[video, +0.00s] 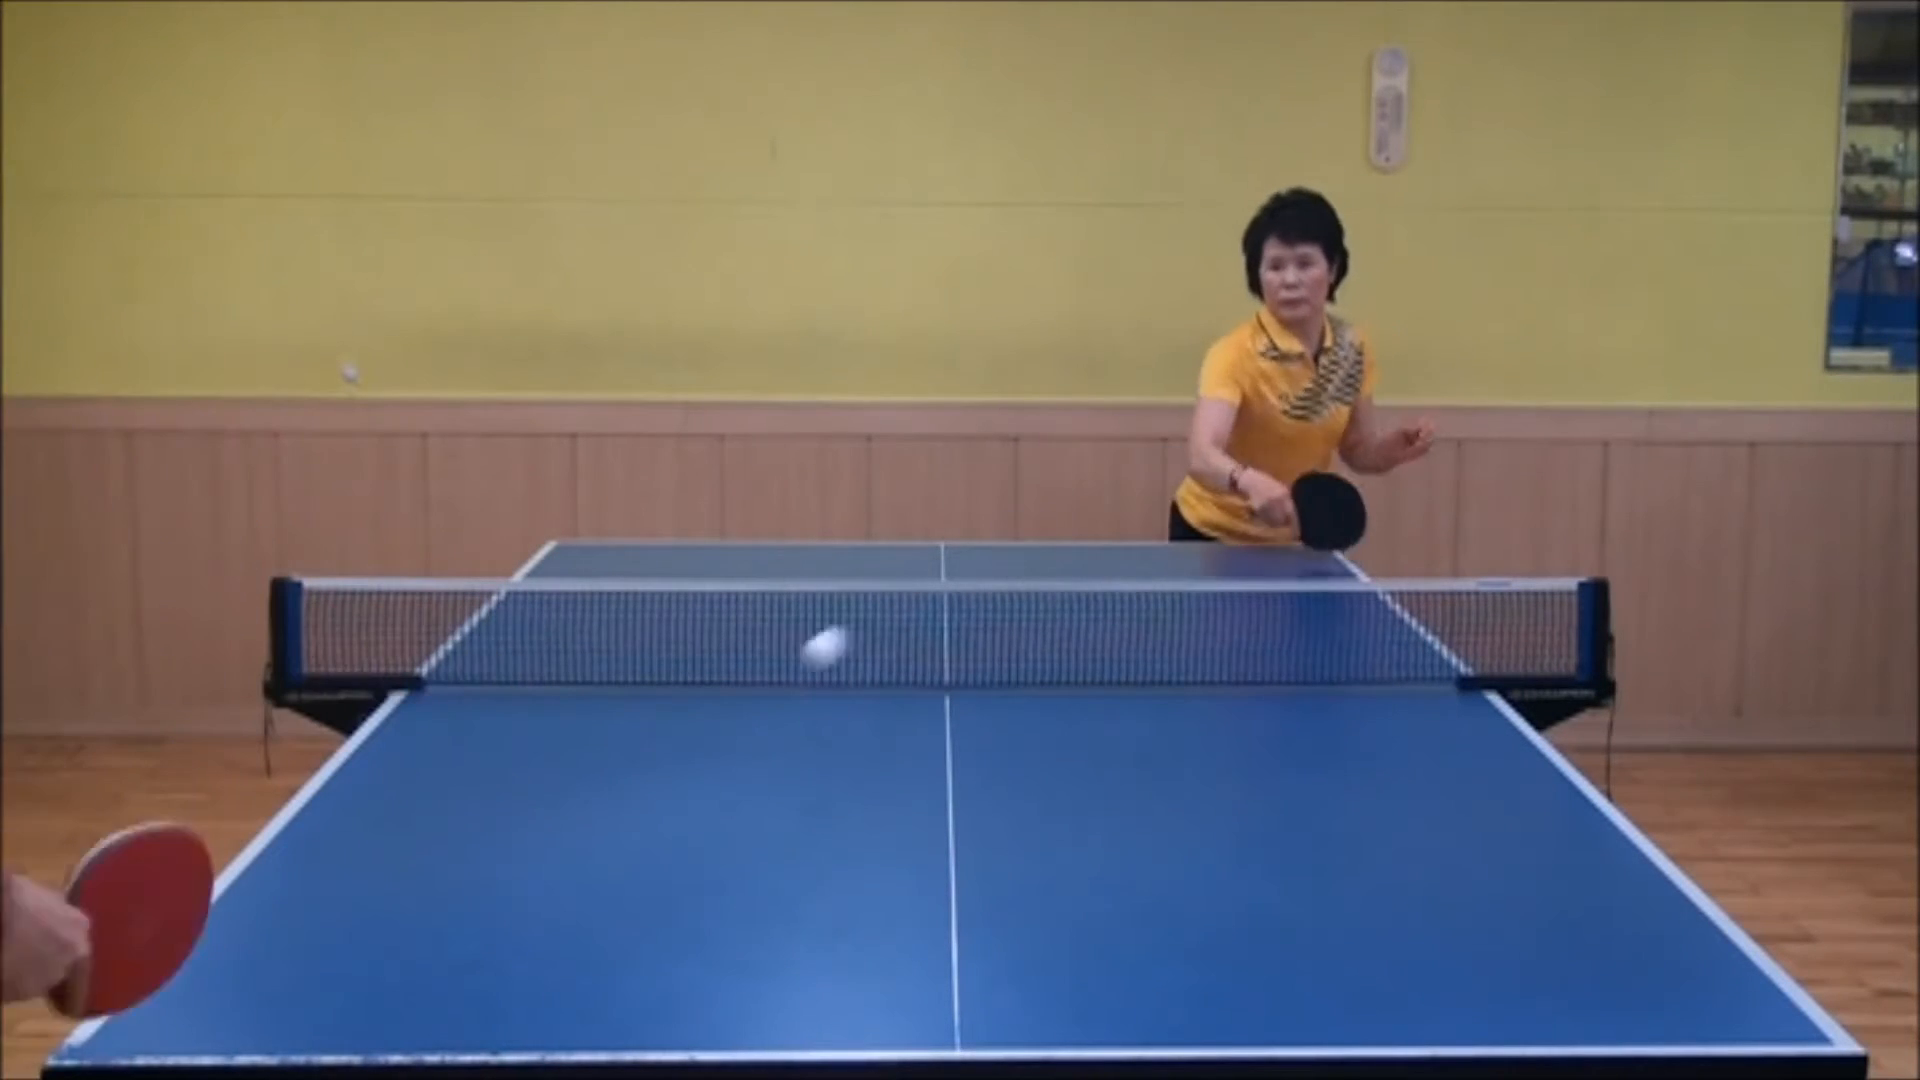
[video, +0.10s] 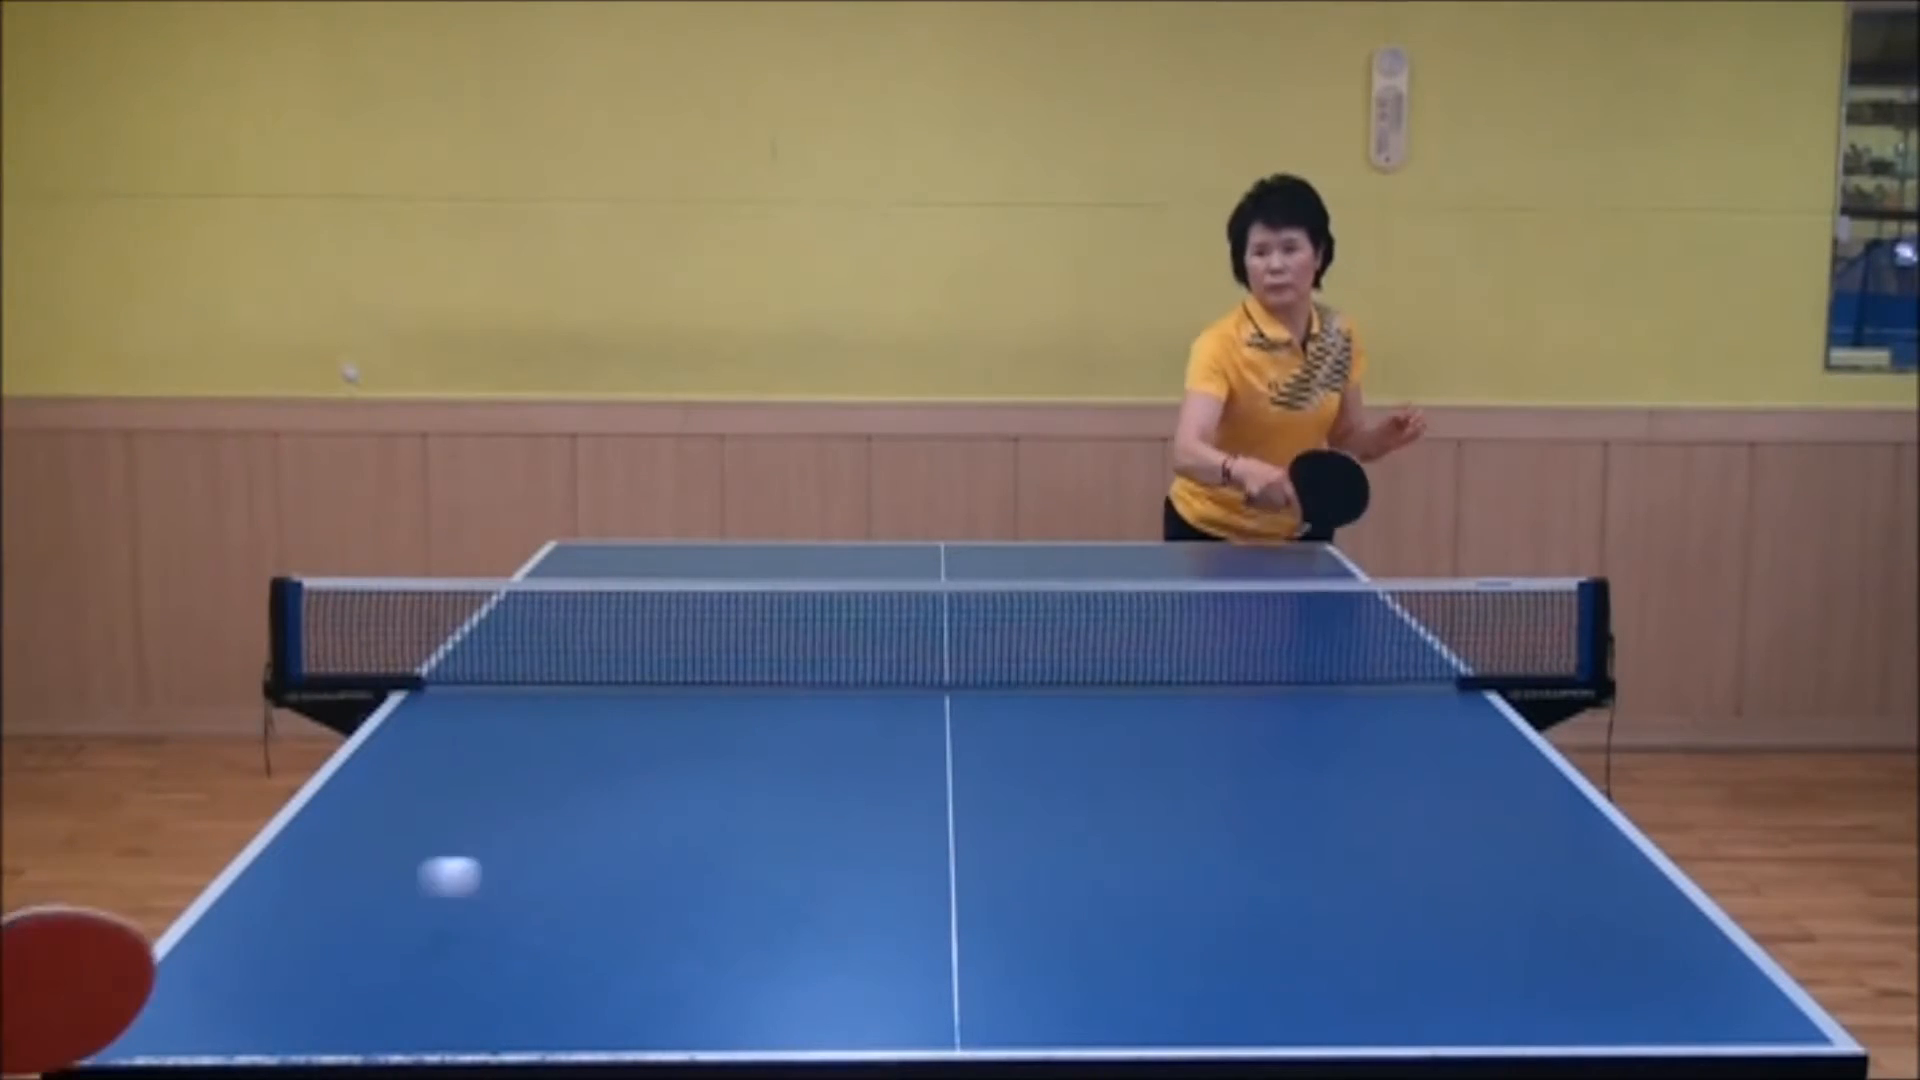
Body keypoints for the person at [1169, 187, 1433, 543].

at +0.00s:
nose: (1290, 280)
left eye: (1305, 264)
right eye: (1276, 266)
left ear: (1333, 270)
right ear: (1257, 276)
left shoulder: (1351, 351)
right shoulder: (1235, 356)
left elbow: (1357, 450)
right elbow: (1203, 455)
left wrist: (1391, 450)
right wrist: (1249, 481)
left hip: (1300, 535)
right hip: (1216, 533)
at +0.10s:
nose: (1275, 265)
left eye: (1291, 249)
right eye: (1260, 252)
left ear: (1319, 256)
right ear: (1242, 262)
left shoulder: (1339, 339)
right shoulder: (1220, 345)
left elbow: (1343, 440)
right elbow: (1187, 452)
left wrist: (1380, 439)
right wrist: (1242, 470)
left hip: (1301, 534)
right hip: (1212, 533)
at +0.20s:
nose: (1262, 245)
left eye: (1277, 229)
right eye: (1247, 232)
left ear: (1307, 236)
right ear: (1230, 243)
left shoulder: (1329, 320)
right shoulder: (1207, 329)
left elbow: (1340, 434)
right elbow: (1174, 441)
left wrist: (1372, 422)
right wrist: (1228, 444)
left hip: (1300, 524)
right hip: (1211, 527)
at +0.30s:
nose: (1254, 227)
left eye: (1269, 210)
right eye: (1239, 214)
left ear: (1300, 219)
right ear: (1223, 226)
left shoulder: (1327, 304)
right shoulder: (1200, 312)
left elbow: (1336, 415)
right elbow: (1167, 431)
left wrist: (1363, 405)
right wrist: (1215, 424)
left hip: (1304, 512)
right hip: (1213, 515)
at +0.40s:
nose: (1253, 218)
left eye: (1268, 202)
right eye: (1239, 205)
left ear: (1300, 210)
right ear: (1223, 216)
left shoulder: (1332, 297)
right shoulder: (1200, 305)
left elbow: (1340, 408)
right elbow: (1166, 423)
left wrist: (1360, 400)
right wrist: (1208, 411)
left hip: (1308, 507)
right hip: (1217, 507)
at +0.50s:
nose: (1258, 218)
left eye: (1273, 202)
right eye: (1245, 204)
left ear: (1306, 210)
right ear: (1230, 215)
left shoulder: (1342, 298)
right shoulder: (1204, 302)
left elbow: (1350, 408)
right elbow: (1169, 418)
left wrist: (1360, 404)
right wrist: (1203, 407)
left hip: (1313, 510)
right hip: (1220, 509)